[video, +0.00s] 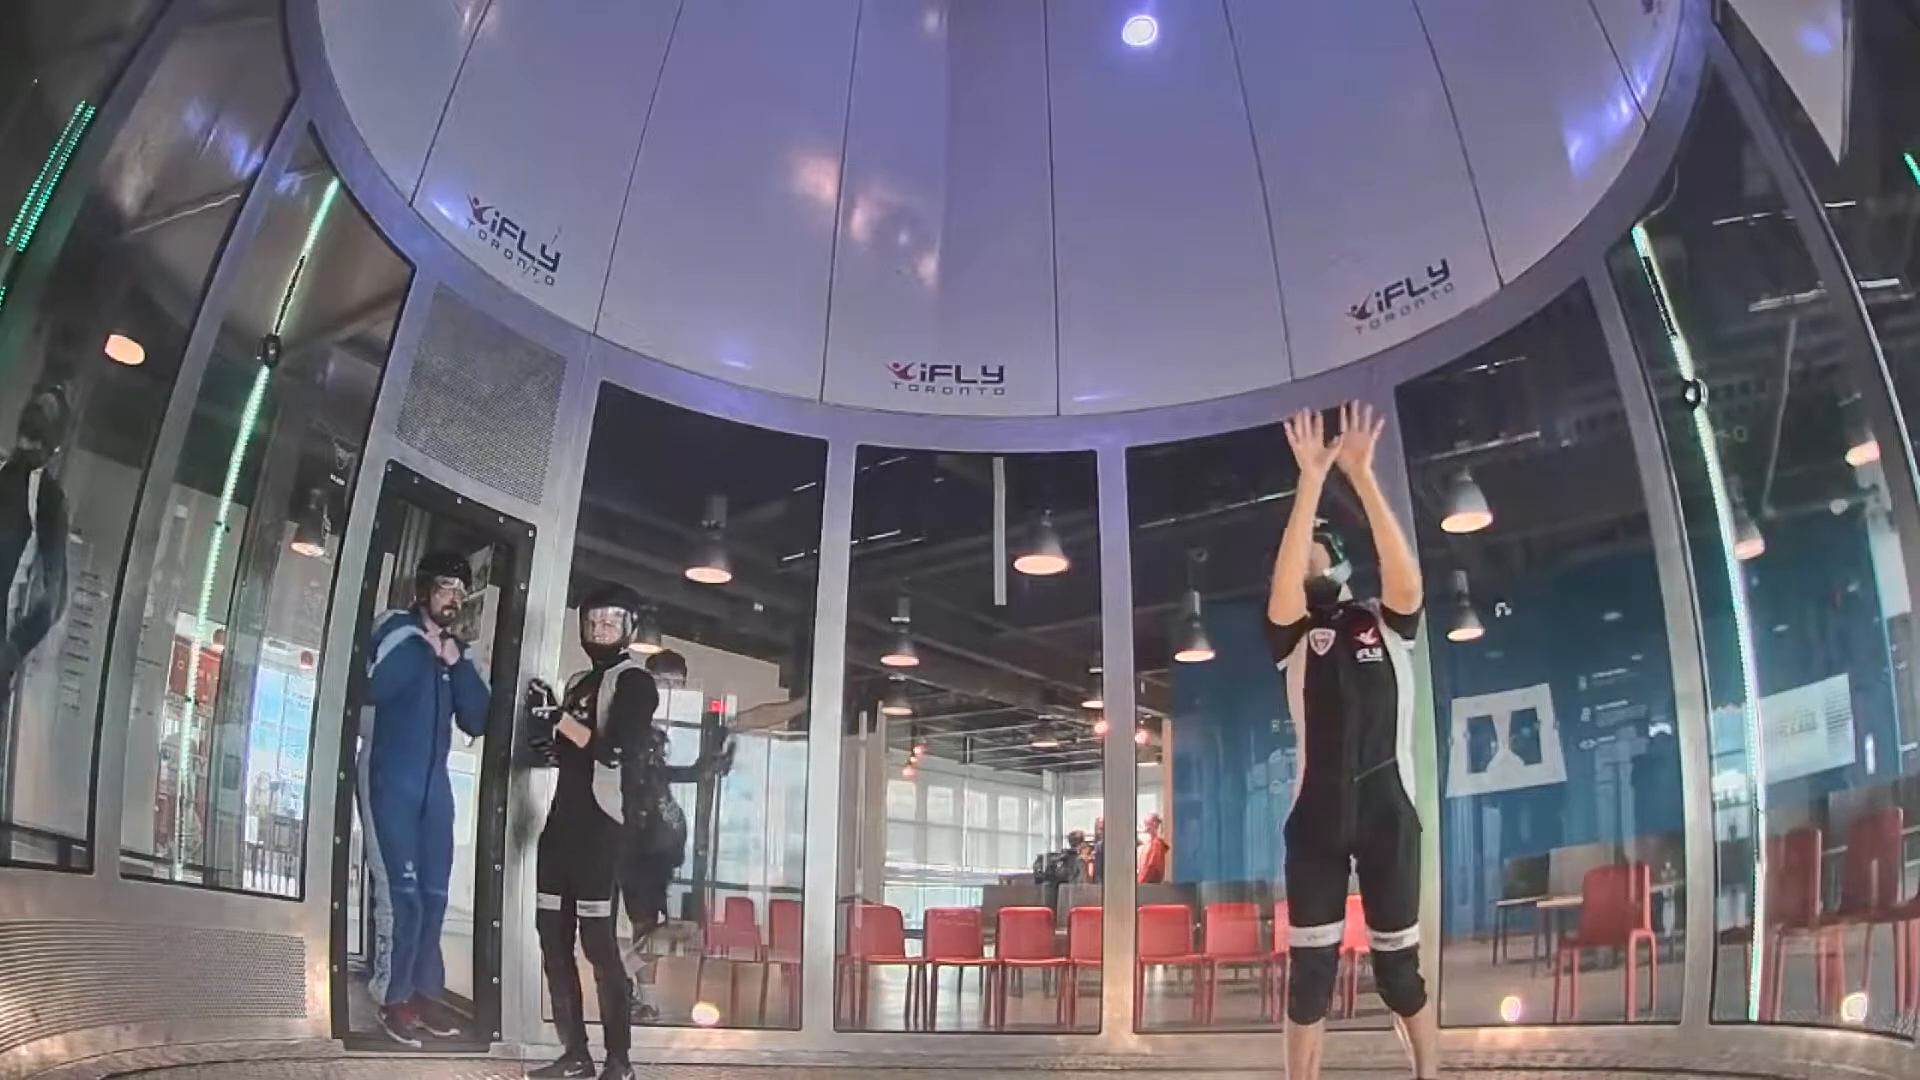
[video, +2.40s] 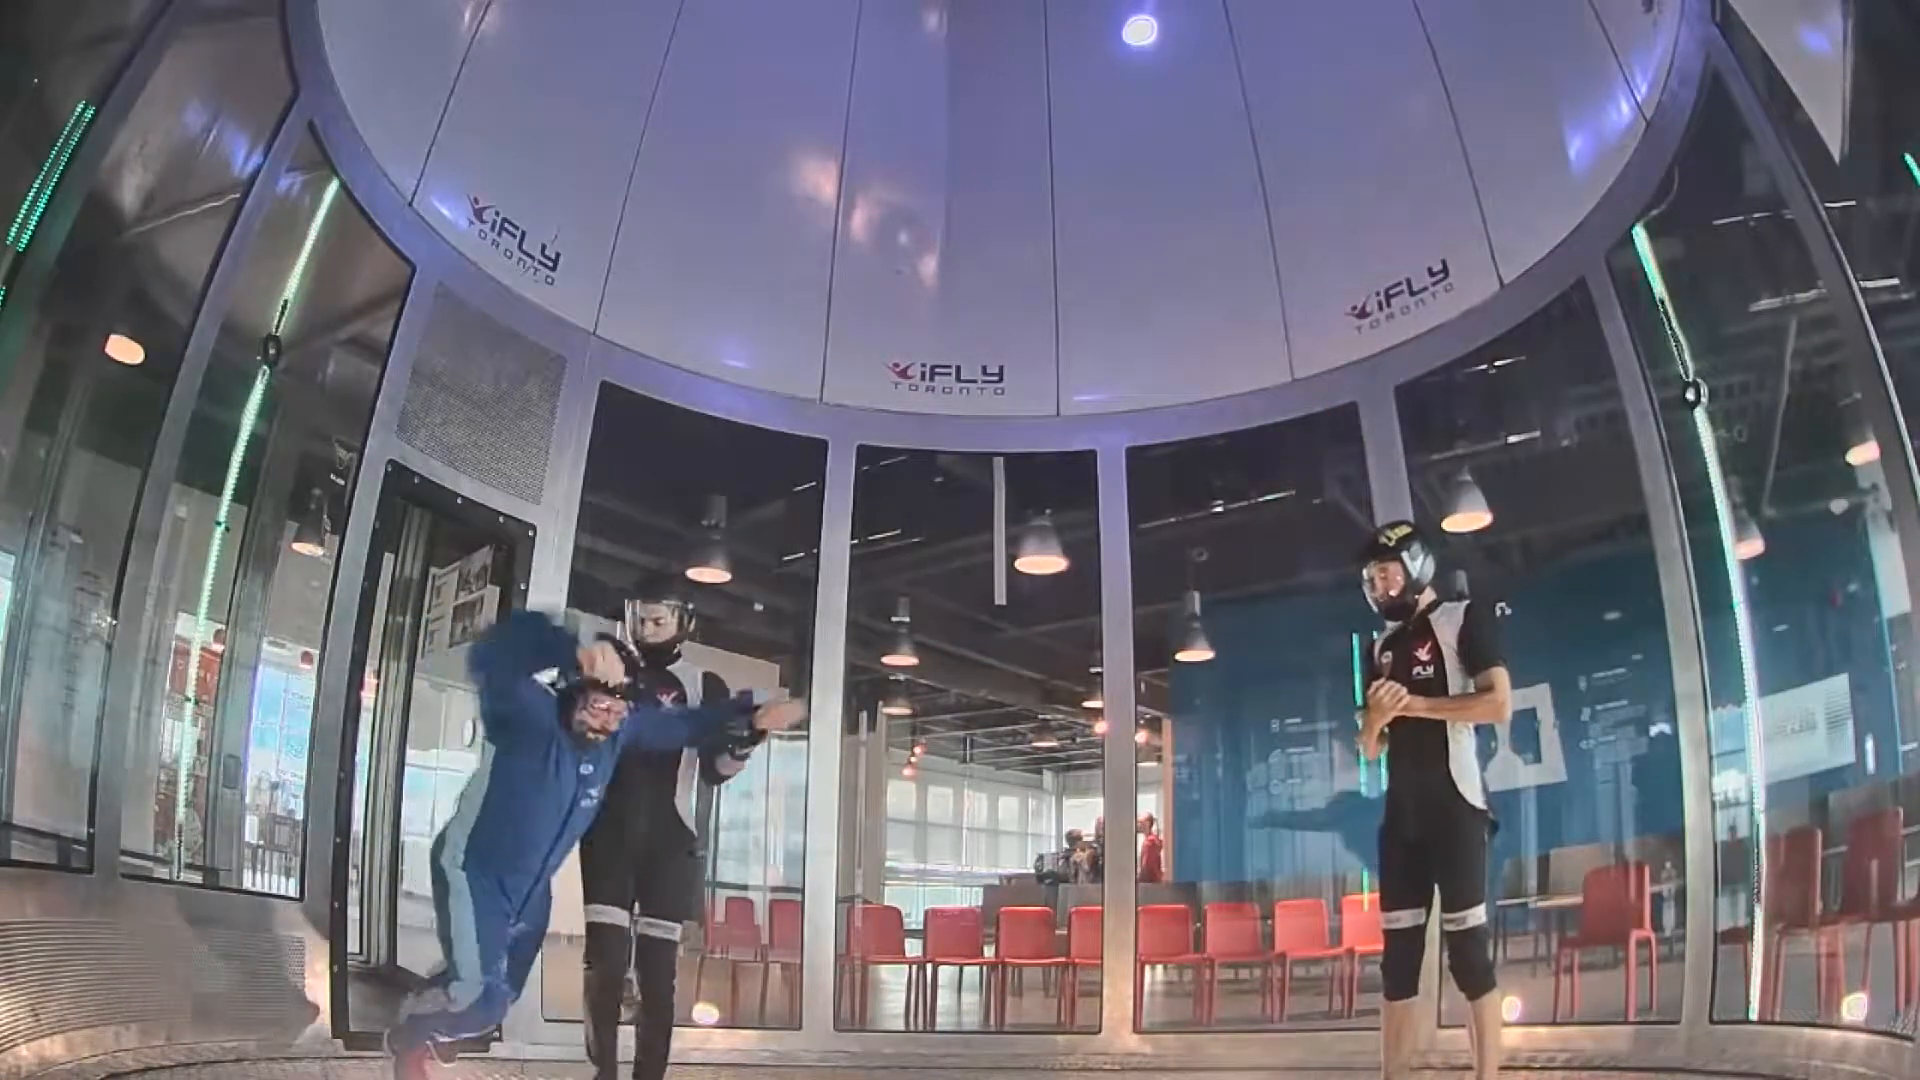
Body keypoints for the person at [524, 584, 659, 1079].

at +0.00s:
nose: (603, 628)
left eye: (612, 620)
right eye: (595, 620)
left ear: (628, 626)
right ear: (582, 626)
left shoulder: (635, 679)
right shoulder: (579, 683)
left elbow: (617, 751)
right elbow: (574, 751)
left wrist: (560, 718)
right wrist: (541, 725)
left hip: (603, 824)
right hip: (561, 819)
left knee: (598, 941)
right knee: (554, 937)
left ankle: (618, 1059)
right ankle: (575, 1053)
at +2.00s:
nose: (605, 628)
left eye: (617, 620)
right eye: (601, 619)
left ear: (642, 628)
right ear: (594, 625)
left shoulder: (658, 689)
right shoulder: (582, 685)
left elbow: (643, 765)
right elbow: (549, 734)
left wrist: (583, 743)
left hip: (613, 827)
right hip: (562, 819)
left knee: (604, 941)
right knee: (550, 944)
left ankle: (636, 1062)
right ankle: (575, 1057)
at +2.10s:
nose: (612, 629)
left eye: (622, 620)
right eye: (606, 620)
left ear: (647, 625)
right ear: (599, 625)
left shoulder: (663, 681)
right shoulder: (590, 680)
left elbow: (660, 764)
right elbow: (555, 728)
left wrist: (608, 759)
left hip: (621, 826)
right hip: (568, 819)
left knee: (622, 946)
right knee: (551, 944)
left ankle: (640, 1067)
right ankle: (575, 1053)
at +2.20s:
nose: (626, 631)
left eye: (637, 623)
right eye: (619, 621)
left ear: (658, 628)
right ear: (610, 625)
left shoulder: (679, 690)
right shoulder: (594, 681)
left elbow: (702, 754)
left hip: (646, 832)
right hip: (587, 825)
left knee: (645, 958)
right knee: (563, 955)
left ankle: (650, 1070)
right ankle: (576, 1038)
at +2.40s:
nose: (652, 629)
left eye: (662, 620)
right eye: (644, 620)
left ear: (683, 622)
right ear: (631, 621)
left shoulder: (706, 685)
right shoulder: (609, 670)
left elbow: (715, 770)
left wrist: (747, 741)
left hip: (671, 842)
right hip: (608, 836)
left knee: (657, 971)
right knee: (607, 965)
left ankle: (650, 1073)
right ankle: (605, 1071)